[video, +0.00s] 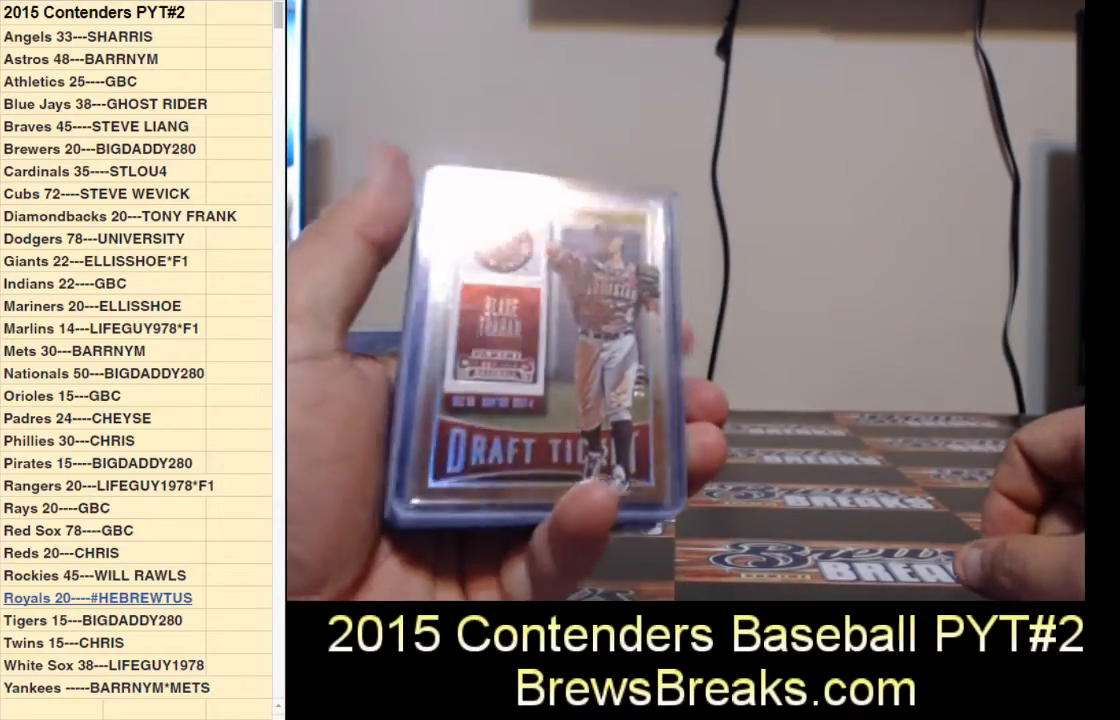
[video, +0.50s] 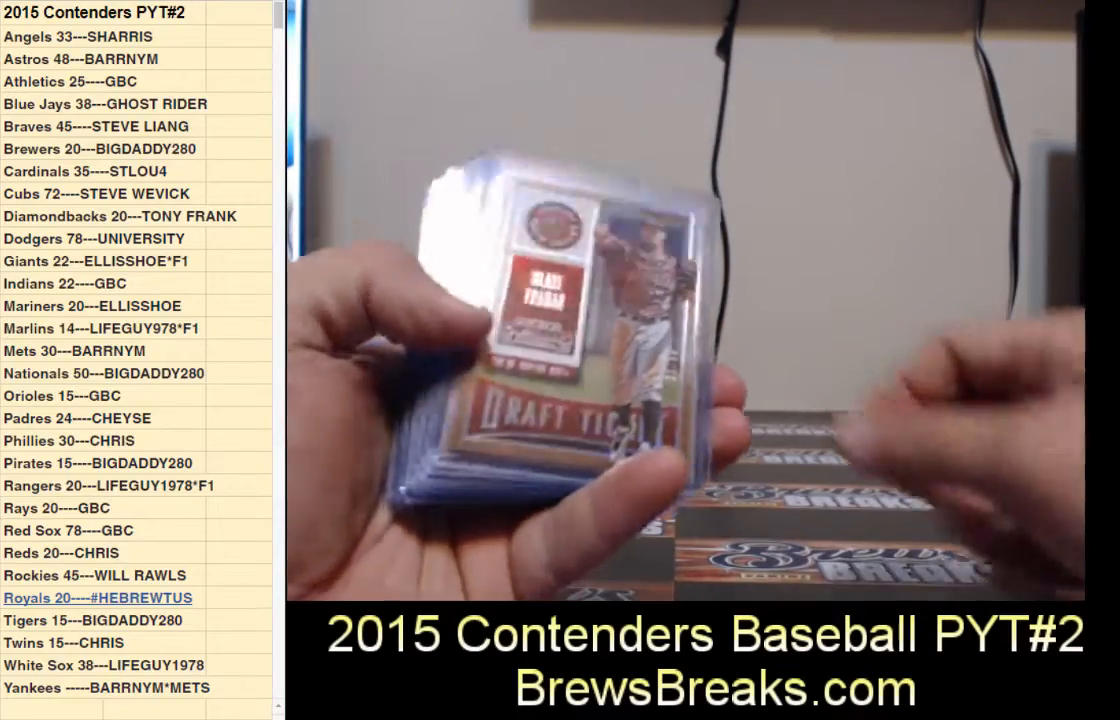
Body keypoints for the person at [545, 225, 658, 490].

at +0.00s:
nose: (603, 243)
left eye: (609, 238)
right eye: (599, 237)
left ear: (620, 241)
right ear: (594, 240)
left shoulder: (633, 273)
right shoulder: (583, 267)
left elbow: (653, 306)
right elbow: (562, 261)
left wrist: (653, 290)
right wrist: (557, 257)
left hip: (622, 341)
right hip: (589, 342)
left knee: (619, 404)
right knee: (588, 404)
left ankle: (621, 468)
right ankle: (594, 458)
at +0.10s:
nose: (604, 240)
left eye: (610, 235)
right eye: (600, 234)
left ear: (619, 239)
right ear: (593, 237)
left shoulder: (631, 270)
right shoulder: (581, 262)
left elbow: (651, 304)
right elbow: (565, 255)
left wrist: (652, 289)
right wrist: (559, 251)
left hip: (621, 336)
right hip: (588, 335)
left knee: (617, 397)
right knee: (587, 397)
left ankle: (618, 459)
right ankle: (591, 452)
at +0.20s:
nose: (613, 244)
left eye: (619, 239)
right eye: (610, 238)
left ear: (629, 243)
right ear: (604, 241)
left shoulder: (641, 275)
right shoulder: (591, 266)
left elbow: (680, 297)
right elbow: (564, 255)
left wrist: (668, 295)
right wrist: (567, 255)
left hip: (624, 343)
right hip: (592, 341)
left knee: (618, 407)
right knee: (587, 406)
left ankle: (615, 469)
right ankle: (588, 465)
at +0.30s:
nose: (629, 239)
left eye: (635, 234)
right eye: (625, 233)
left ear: (644, 240)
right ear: (620, 237)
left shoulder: (653, 270)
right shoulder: (605, 259)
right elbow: (578, 248)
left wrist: (680, 290)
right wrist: (581, 246)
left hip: (636, 336)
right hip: (604, 334)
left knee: (629, 399)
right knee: (599, 397)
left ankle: (626, 462)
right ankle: (598, 457)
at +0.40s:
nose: (639, 236)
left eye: (646, 231)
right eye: (636, 230)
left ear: (657, 237)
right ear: (630, 234)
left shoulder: (665, 267)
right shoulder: (616, 257)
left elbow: (677, 304)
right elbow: (589, 235)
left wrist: (683, 287)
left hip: (649, 331)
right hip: (618, 328)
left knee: (642, 393)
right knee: (613, 390)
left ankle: (640, 453)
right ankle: (613, 442)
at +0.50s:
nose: (649, 234)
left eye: (655, 230)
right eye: (646, 229)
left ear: (664, 235)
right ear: (640, 232)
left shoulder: (672, 265)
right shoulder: (628, 254)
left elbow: (683, 296)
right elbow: (604, 241)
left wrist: (690, 283)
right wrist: (604, 238)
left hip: (658, 323)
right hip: (627, 321)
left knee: (652, 386)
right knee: (623, 383)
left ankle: (648, 443)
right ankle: (623, 436)